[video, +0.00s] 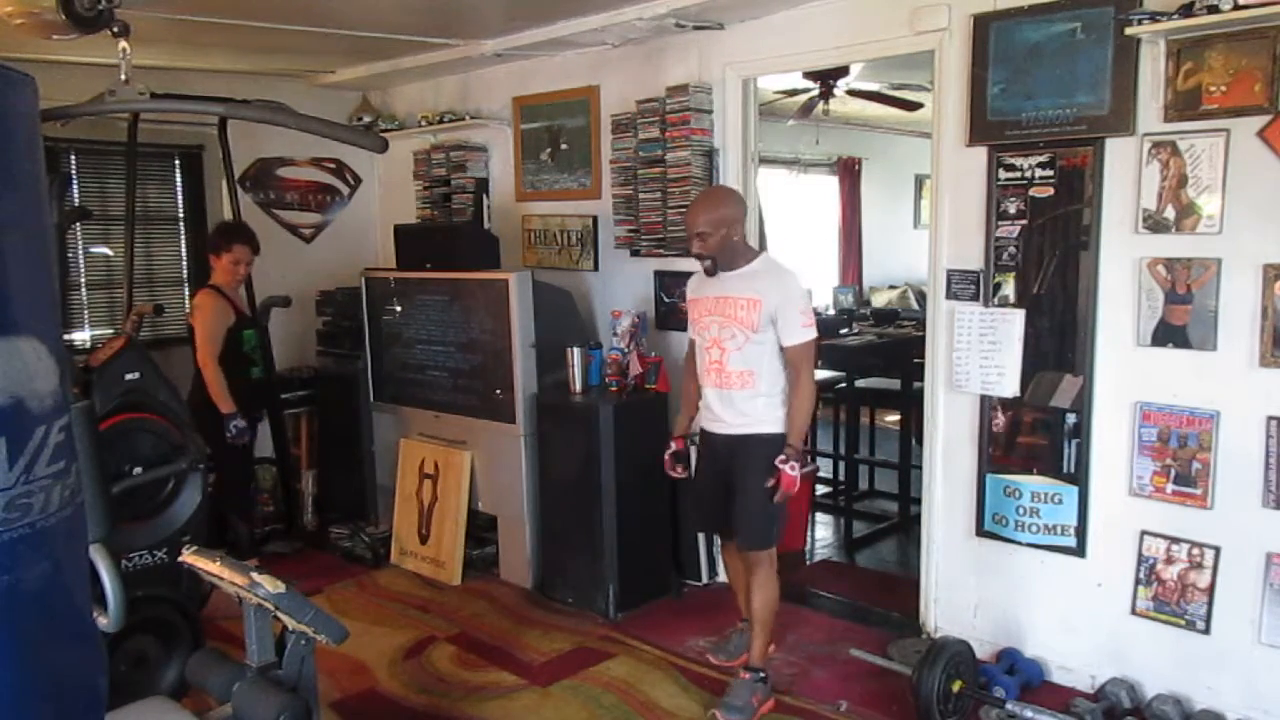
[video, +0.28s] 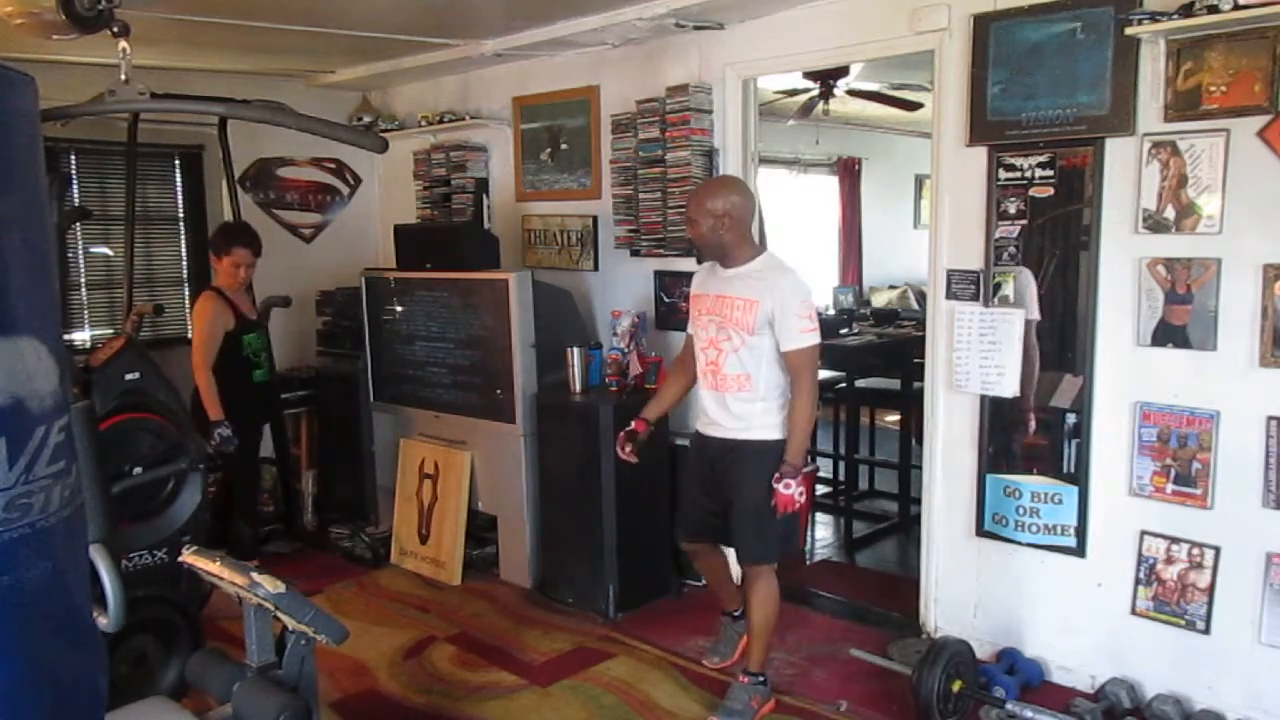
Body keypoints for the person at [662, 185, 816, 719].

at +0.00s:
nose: (694, 246)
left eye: (702, 236)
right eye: (691, 236)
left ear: (735, 229)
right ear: (699, 233)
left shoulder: (781, 286)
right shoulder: (699, 284)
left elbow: (803, 374)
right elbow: (695, 363)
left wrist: (794, 448)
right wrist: (679, 432)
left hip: (762, 438)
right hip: (714, 436)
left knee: (758, 552)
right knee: (730, 543)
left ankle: (757, 669)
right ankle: (751, 629)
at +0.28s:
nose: (685, 229)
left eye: (692, 219)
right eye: (686, 218)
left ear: (725, 221)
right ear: (723, 222)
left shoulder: (784, 288)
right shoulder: (704, 279)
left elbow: (805, 383)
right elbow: (690, 358)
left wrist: (793, 466)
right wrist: (646, 419)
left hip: (762, 446)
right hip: (708, 440)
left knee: (757, 560)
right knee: (696, 540)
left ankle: (755, 678)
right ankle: (737, 617)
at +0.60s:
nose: (681, 254)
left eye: (686, 242)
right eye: (675, 243)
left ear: (721, 226)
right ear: (700, 233)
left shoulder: (776, 286)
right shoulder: (696, 285)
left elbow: (790, 386)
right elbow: (702, 371)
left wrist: (753, 461)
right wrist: (684, 439)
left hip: (755, 455)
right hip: (697, 450)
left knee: (756, 574)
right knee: (670, 555)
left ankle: (754, 681)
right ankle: (647, 671)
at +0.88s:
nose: (639, 262)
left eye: (645, 248)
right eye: (633, 251)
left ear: (683, 233)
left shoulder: (745, 284)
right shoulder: (653, 294)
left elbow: (777, 381)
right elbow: (676, 372)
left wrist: (750, 470)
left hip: (734, 464)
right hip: (670, 458)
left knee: (748, 581)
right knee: (641, 571)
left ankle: (754, 681)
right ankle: (626, 694)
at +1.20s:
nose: (575, 295)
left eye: (581, 280)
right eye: (567, 284)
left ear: (615, 254)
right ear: (563, 272)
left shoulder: (688, 294)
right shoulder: (579, 314)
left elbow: (735, 380)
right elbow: (589, 394)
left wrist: (707, 464)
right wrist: (592, 480)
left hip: (693, 467)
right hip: (629, 467)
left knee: (689, 590)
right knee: (618, 588)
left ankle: (733, 681)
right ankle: (620, 705)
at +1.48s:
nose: (541, 406)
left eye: (545, 395)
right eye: (533, 398)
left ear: (575, 369)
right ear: (523, 382)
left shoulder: (652, 378)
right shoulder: (547, 394)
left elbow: (697, 473)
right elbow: (562, 469)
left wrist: (645, 552)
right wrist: (568, 560)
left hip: (707, 472)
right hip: (632, 472)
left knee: (694, 600)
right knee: (614, 588)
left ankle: (708, 714)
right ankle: (619, 705)